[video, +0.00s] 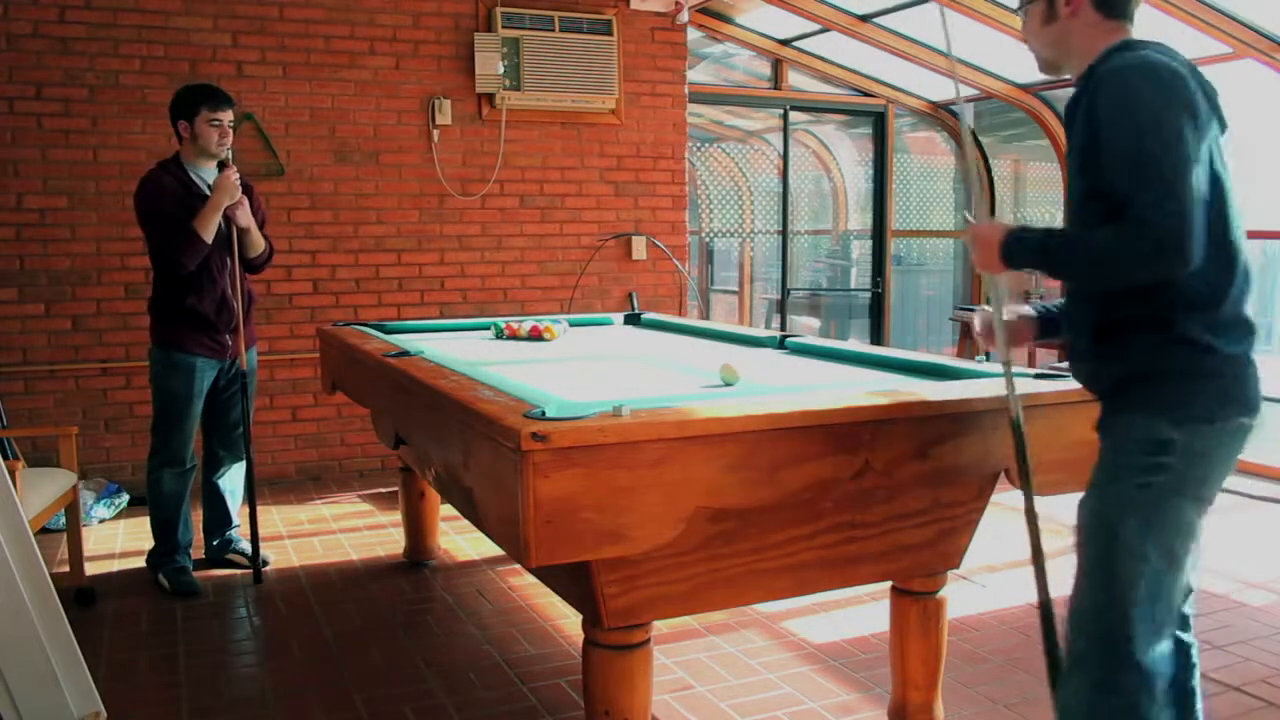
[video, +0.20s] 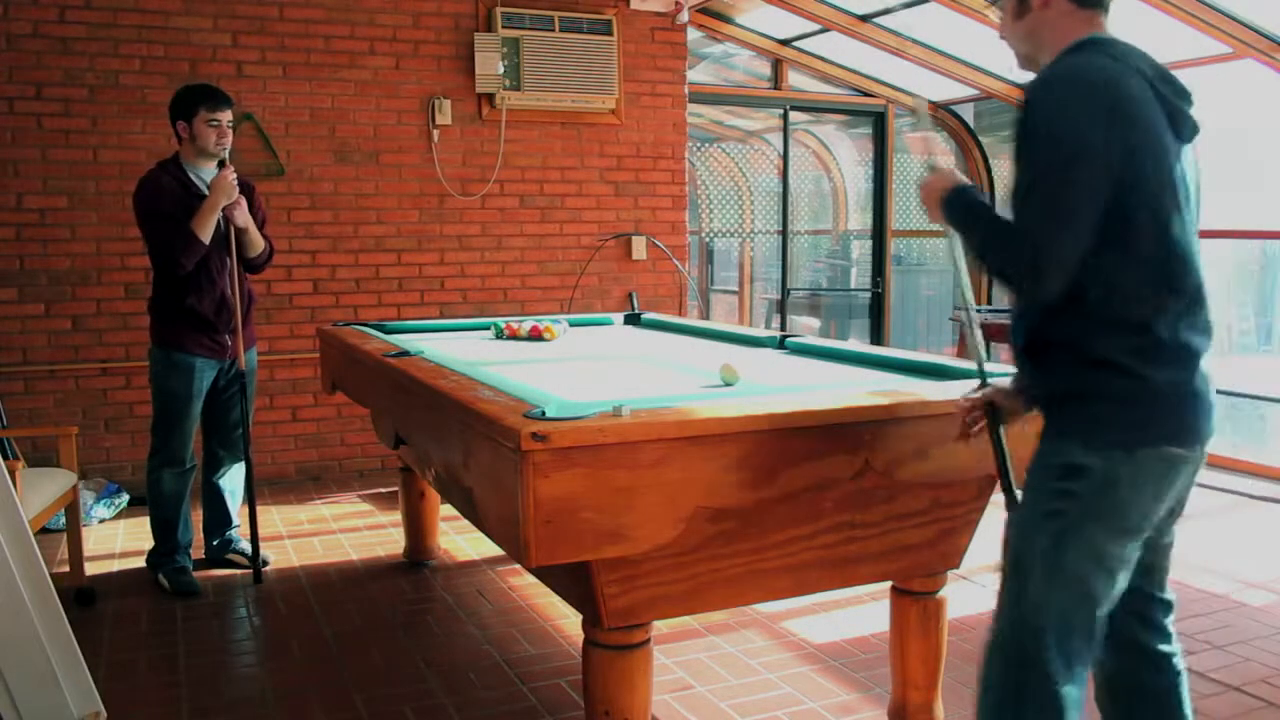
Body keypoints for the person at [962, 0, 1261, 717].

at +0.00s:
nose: (1022, 29)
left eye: (1027, 11)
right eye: (1022, 13)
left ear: (1070, 8)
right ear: (1088, 13)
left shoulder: (1137, 80)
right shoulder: (1137, 80)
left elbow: (1163, 247)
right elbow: (1145, 283)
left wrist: (1019, 247)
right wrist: (1037, 327)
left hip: (1173, 402)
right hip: (1175, 397)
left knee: (1112, 643)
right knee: (1155, 628)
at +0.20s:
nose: (1002, 30)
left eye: (1005, 13)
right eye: (1001, 15)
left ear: (1041, 7)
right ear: (1080, 10)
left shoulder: (1070, 89)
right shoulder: (1133, 86)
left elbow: (1038, 268)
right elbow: (1130, 281)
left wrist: (956, 201)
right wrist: (1029, 387)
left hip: (1110, 423)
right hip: (1167, 416)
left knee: (1030, 659)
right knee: (1136, 638)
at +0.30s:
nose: (980, 22)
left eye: (986, 6)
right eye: (981, 9)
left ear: (1017, 4)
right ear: (1069, 3)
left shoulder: (1038, 82)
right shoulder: (1124, 81)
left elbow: (971, 259)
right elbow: (1101, 259)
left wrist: (912, 176)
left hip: (1086, 420)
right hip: (1157, 414)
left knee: (1010, 667)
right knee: (1118, 624)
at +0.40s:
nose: (950, 5)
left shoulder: (1008, 75)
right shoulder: (1118, 78)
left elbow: (934, 256)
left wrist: (884, 171)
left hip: (1063, 422)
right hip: (1142, 414)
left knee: (999, 678)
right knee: (1080, 624)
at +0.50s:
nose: (934, 9)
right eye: (933, 0)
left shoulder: (974, 73)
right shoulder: (1116, 85)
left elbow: (904, 270)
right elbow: (1160, 271)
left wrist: (866, 200)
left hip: (1043, 419)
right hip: (1134, 410)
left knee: (1002, 682)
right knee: (1056, 638)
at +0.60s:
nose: (913, 15)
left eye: (913, 5)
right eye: (912, 7)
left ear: (933, 1)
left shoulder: (937, 82)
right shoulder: (1108, 90)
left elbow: (877, 278)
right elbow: (1167, 266)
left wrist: (826, 284)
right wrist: (1093, 338)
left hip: (1028, 423)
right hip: (1126, 420)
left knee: (1009, 691)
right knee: (1016, 673)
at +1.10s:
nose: (840, 45)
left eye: (840, 31)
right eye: (844, 31)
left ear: (855, 32)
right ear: (930, 34)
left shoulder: (831, 136)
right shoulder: (1022, 118)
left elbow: (764, 264)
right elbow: (1113, 241)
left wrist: (737, 353)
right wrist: (1068, 379)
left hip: (910, 415)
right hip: (1018, 415)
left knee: (898, 644)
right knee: (964, 638)